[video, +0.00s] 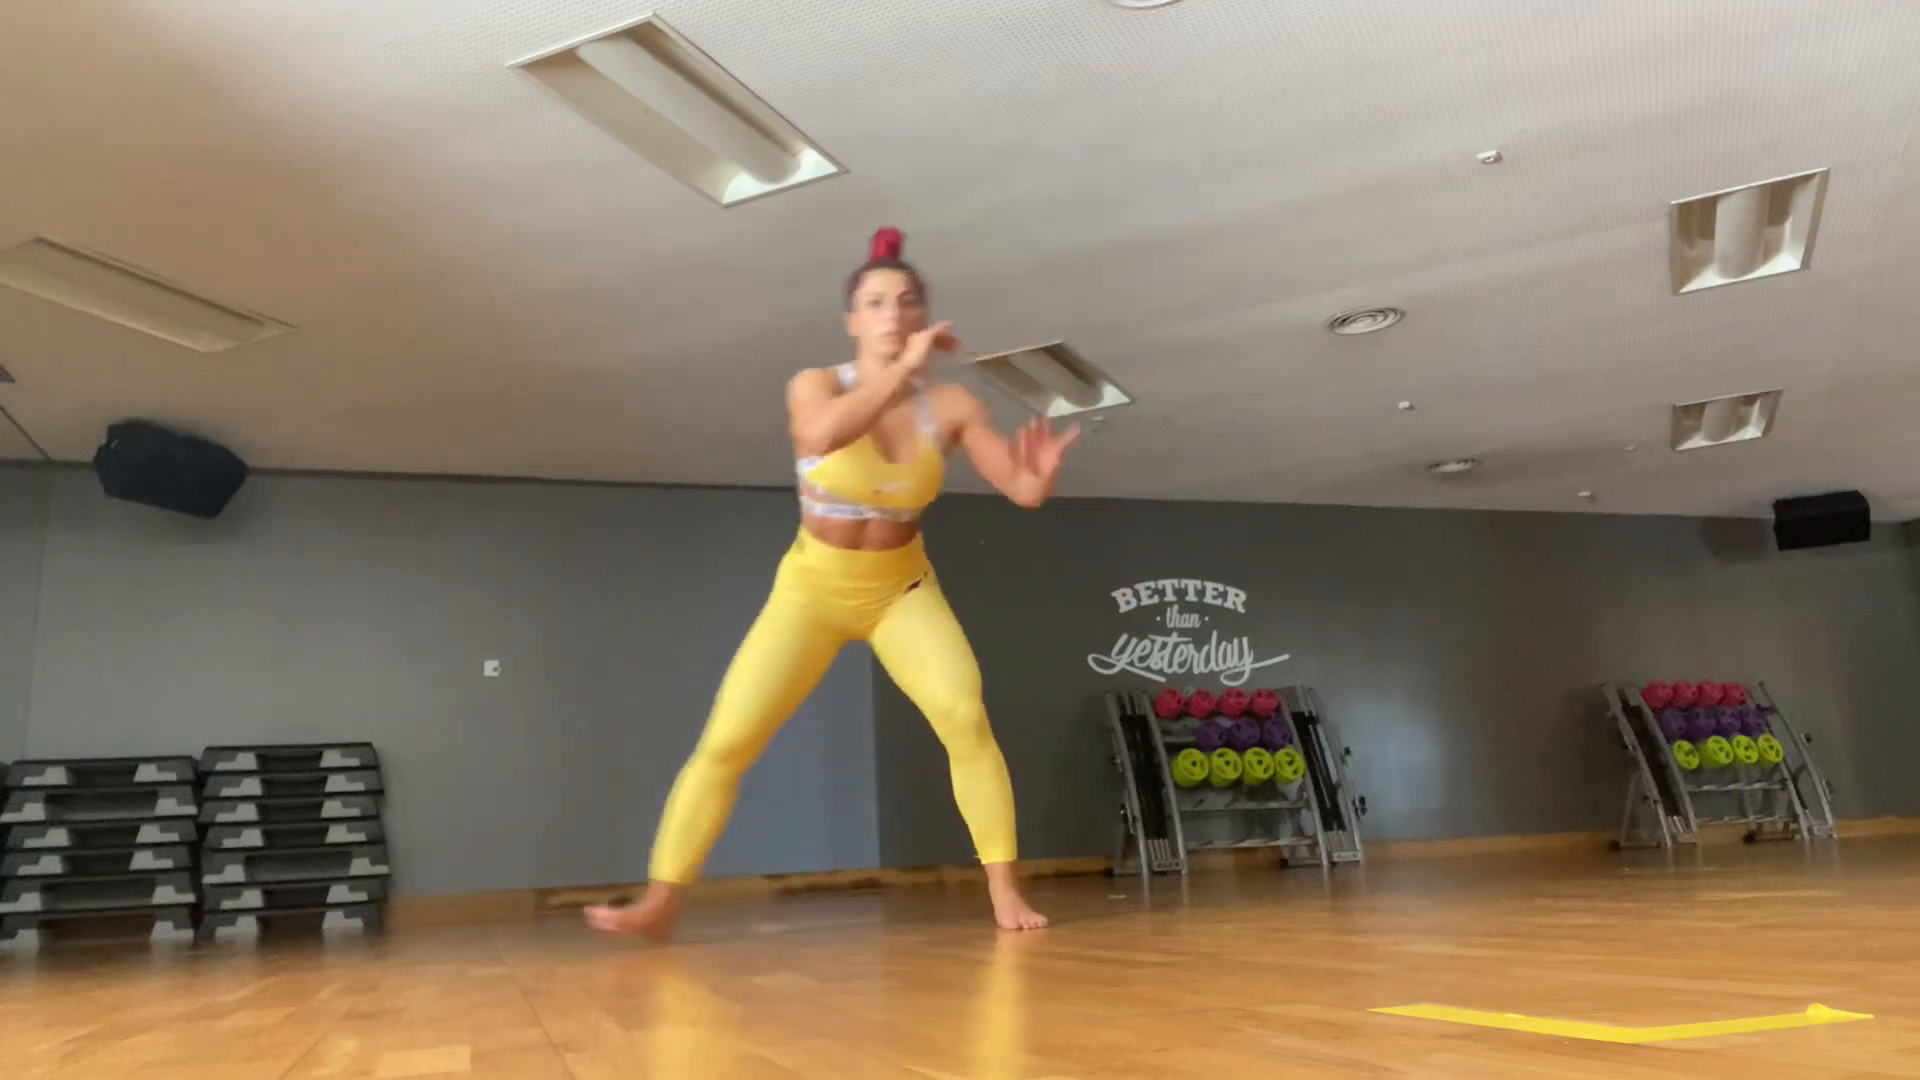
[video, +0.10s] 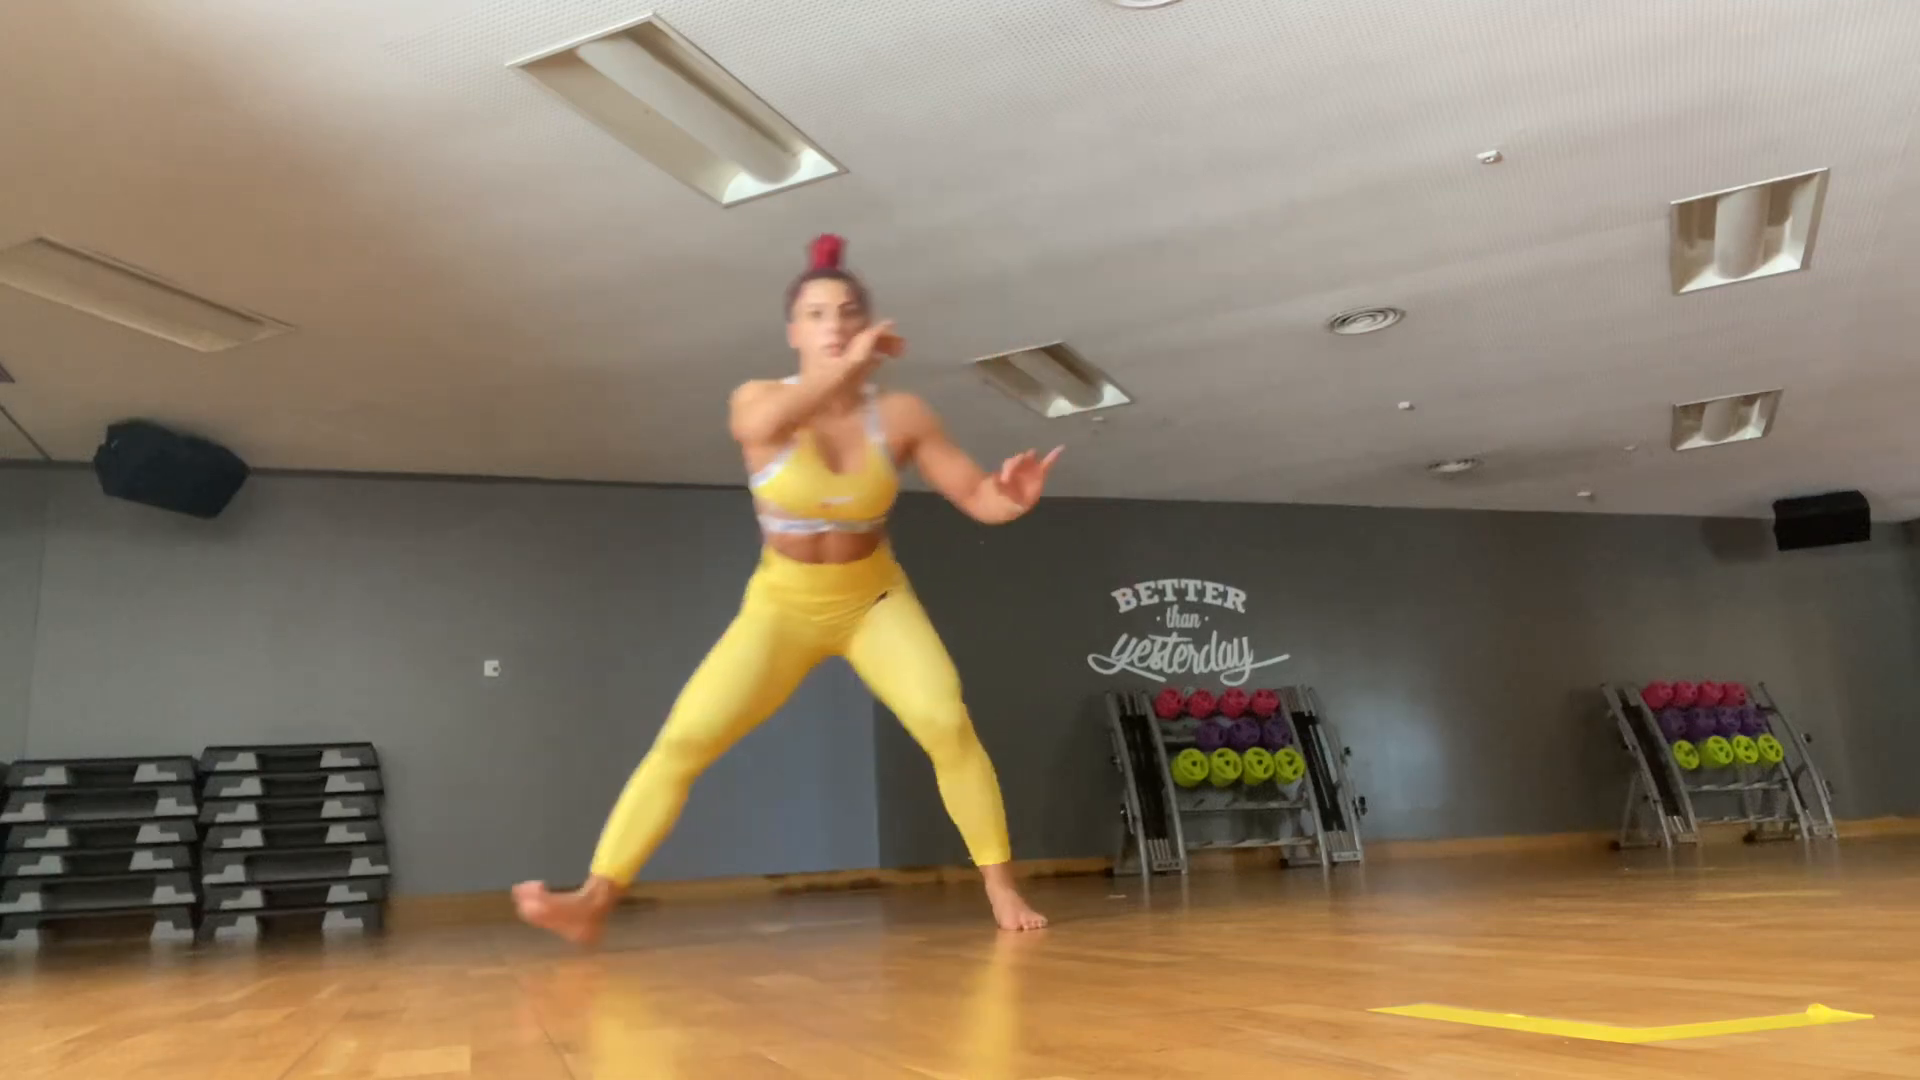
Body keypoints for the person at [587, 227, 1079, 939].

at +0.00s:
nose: (895, 314)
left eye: (907, 303)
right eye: (877, 302)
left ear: (925, 318)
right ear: (851, 321)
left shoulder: (950, 405)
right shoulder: (816, 385)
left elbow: (1018, 485)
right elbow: (815, 437)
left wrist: (1035, 479)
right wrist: (901, 371)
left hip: (904, 590)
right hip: (812, 586)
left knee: (966, 718)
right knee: (727, 740)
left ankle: (1004, 888)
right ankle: (658, 902)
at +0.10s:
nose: (836, 328)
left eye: (849, 315)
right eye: (818, 315)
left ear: (870, 330)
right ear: (791, 333)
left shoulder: (899, 415)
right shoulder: (758, 402)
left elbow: (975, 493)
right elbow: (765, 425)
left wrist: (1008, 500)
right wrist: (845, 366)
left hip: (875, 602)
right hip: (780, 606)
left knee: (947, 722)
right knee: (684, 738)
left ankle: (1003, 891)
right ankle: (593, 900)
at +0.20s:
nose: (740, 329)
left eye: (755, 315)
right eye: (723, 314)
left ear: (776, 329)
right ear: (696, 329)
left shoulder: (807, 416)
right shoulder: (667, 405)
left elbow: (882, 484)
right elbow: (637, 430)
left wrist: (938, 492)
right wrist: (741, 363)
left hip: (791, 603)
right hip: (691, 609)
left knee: (884, 726)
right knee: (606, 729)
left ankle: (995, 883)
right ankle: (565, 918)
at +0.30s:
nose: (688, 321)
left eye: (703, 307)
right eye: (670, 308)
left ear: (724, 323)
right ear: (645, 324)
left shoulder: (756, 407)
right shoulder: (610, 402)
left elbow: (840, 460)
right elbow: (544, 460)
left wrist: (895, 459)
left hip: (738, 596)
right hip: (640, 600)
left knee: (827, 732)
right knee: (571, 732)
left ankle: (928, 882)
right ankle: (561, 919)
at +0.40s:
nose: (648, 315)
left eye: (664, 302)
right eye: (632, 303)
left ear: (685, 321)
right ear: (607, 320)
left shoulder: (721, 400)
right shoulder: (568, 405)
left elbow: (822, 436)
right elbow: (465, 489)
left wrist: (860, 419)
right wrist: (469, 495)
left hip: (697, 591)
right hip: (599, 594)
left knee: (761, 736)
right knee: (555, 734)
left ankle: (814, 889)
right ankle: (561, 916)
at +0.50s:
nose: (612, 293)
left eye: (627, 283)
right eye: (595, 284)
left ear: (647, 309)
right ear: (571, 307)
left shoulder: (680, 382)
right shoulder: (529, 394)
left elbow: (786, 398)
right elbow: (444, 485)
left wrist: (772, 356)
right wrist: (369, 554)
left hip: (655, 589)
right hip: (564, 587)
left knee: (664, 742)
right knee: (539, 736)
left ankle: (660, 877)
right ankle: (559, 915)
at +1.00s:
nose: (505, 331)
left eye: (524, 320)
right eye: (495, 319)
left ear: (553, 335)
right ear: (483, 334)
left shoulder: (592, 401)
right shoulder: (462, 419)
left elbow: (574, 401)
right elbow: (410, 503)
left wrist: (492, 350)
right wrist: (345, 532)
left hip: (587, 612)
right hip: (500, 604)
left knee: (543, 780)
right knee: (473, 742)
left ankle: (498, 891)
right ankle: (450, 919)